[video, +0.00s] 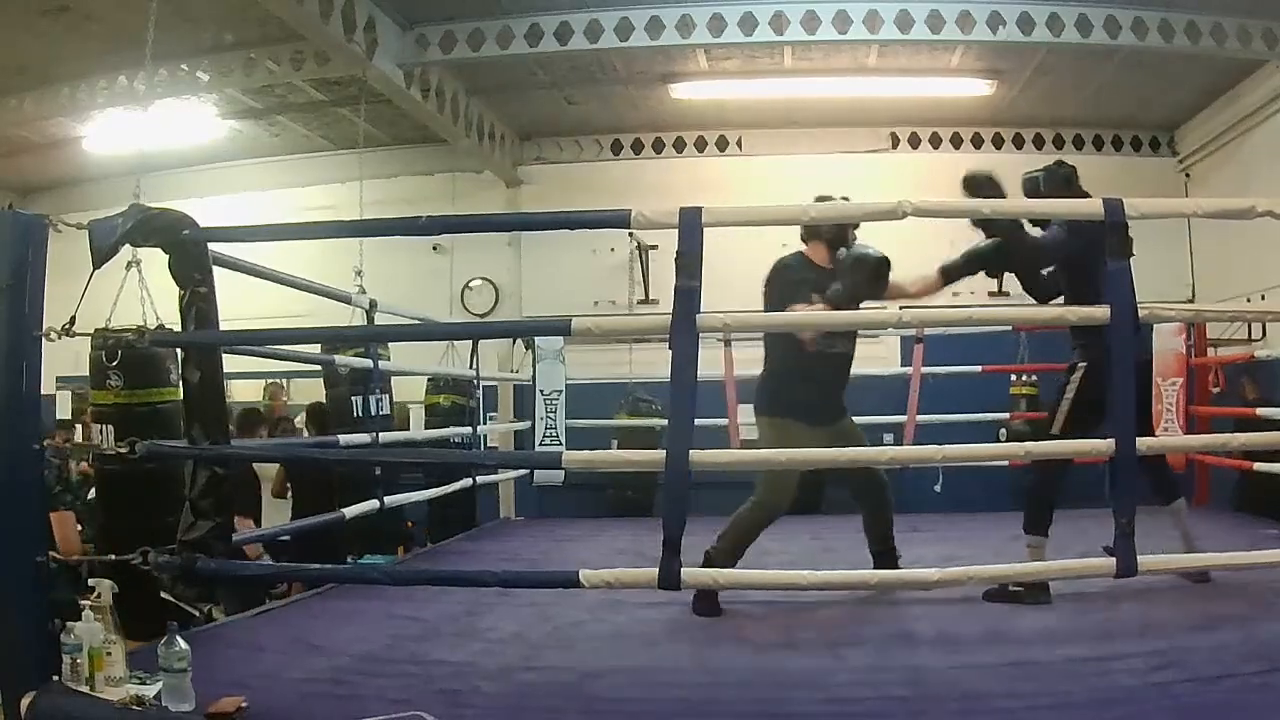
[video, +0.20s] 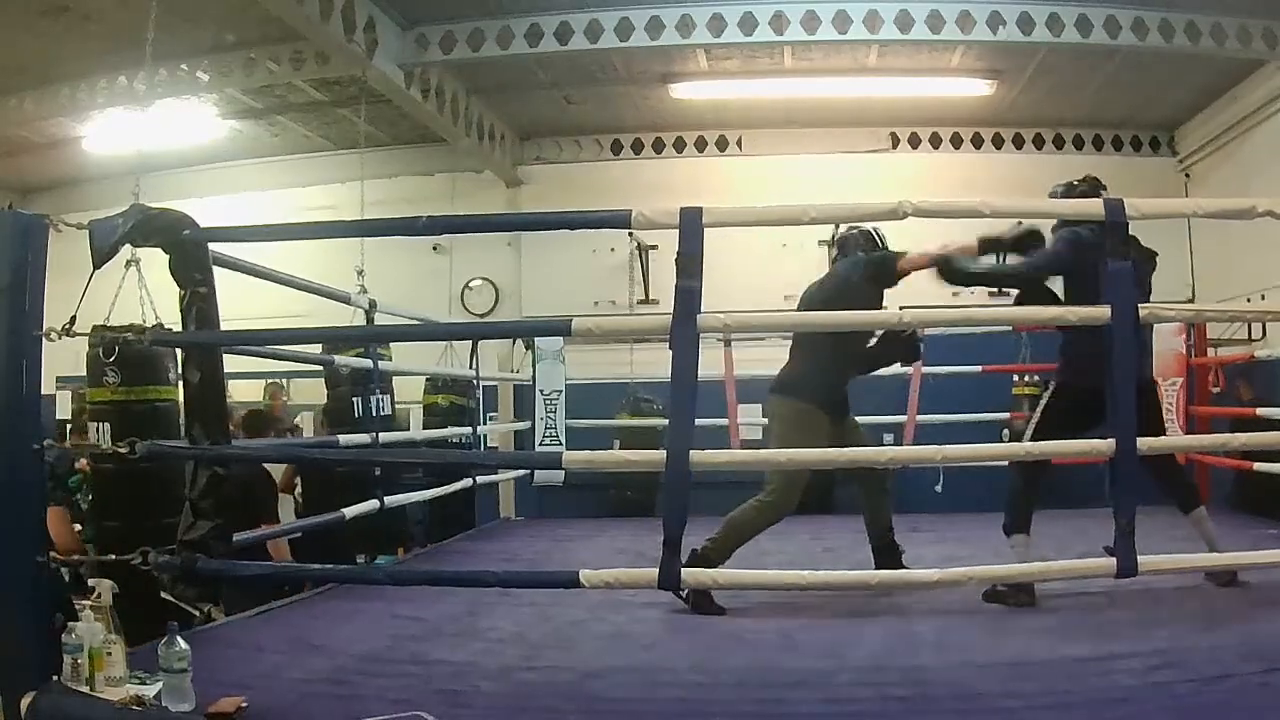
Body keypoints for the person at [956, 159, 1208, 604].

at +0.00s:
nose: (1035, 212)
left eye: (1038, 202)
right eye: (1034, 204)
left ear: (1056, 194)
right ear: (1074, 188)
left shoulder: (1079, 224)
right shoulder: (1098, 228)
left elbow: (1034, 250)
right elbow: (1043, 290)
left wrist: (1002, 221)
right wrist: (1011, 259)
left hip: (1097, 356)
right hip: (1132, 353)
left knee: (1048, 453)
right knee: (1145, 448)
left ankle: (1033, 573)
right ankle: (1193, 551)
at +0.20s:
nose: (1053, 219)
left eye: (1057, 212)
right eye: (1054, 212)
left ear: (1070, 209)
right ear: (1102, 207)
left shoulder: (1073, 240)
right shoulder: (1135, 250)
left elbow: (1027, 272)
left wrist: (962, 274)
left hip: (1083, 379)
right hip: (1135, 379)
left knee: (1027, 459)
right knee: (1162, 459)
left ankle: (1020, 576)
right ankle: (1219, 556)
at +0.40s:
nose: (1029, 215)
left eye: (1032, 208)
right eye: (1030, 209)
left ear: (1044, 205)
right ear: (1083, 197)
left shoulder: (1041, 240)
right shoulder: (1116, 236)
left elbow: (986, 278)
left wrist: (938, 309)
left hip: (1070, 378)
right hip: (1126, 375)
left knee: (1018, 458)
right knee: (1159, 453)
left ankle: (1008, 565)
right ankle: (1201, 552)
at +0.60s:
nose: (1001, 206)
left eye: (1003, 200)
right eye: (1004, 201)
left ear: (1011, 200)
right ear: (1057, 196)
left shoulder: (999, 233)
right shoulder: (1091, 232)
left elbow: (929, 251)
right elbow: (1127, 243)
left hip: (1035, 382)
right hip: (1096, 379)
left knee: (986, 469)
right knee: (1145, 461)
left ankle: (935, 572)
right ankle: (1198, 569)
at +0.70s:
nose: (973, 200)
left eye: (974, 192)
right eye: (975, 192)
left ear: (984, 193)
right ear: (1027, 185)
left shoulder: (965, 226)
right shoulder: (1061, 224)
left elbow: (892, 242)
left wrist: (856, 226)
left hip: (1000, 367)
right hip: (1059, 362)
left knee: (971, 465)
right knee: (1114, 454)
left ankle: (933, 579)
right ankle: (1163, 567)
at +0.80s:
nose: (943, 188)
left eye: (945, 180)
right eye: (943, 181)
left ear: (955, 176)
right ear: (993, 170)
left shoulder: (947, 207)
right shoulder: (1036, 209)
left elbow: (899, 275)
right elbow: (1045, 284)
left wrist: (883, 260)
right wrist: (1006, 298)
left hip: (968, 352)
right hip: (1030, 350)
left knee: (937, 449)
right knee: (1066, 451)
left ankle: (907, 563)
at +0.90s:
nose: (920, 192)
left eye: (922, 184)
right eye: (922, 184)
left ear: (932, 183)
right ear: (974, 173)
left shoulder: (922, 223)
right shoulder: (1013, 216)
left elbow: (917, 296)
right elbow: (1010, 290)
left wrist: (894, 299)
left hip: (943, 362)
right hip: (1000, 361)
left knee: (905, 459)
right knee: (1021, 472)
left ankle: (847, 562)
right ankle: (1029, 599)